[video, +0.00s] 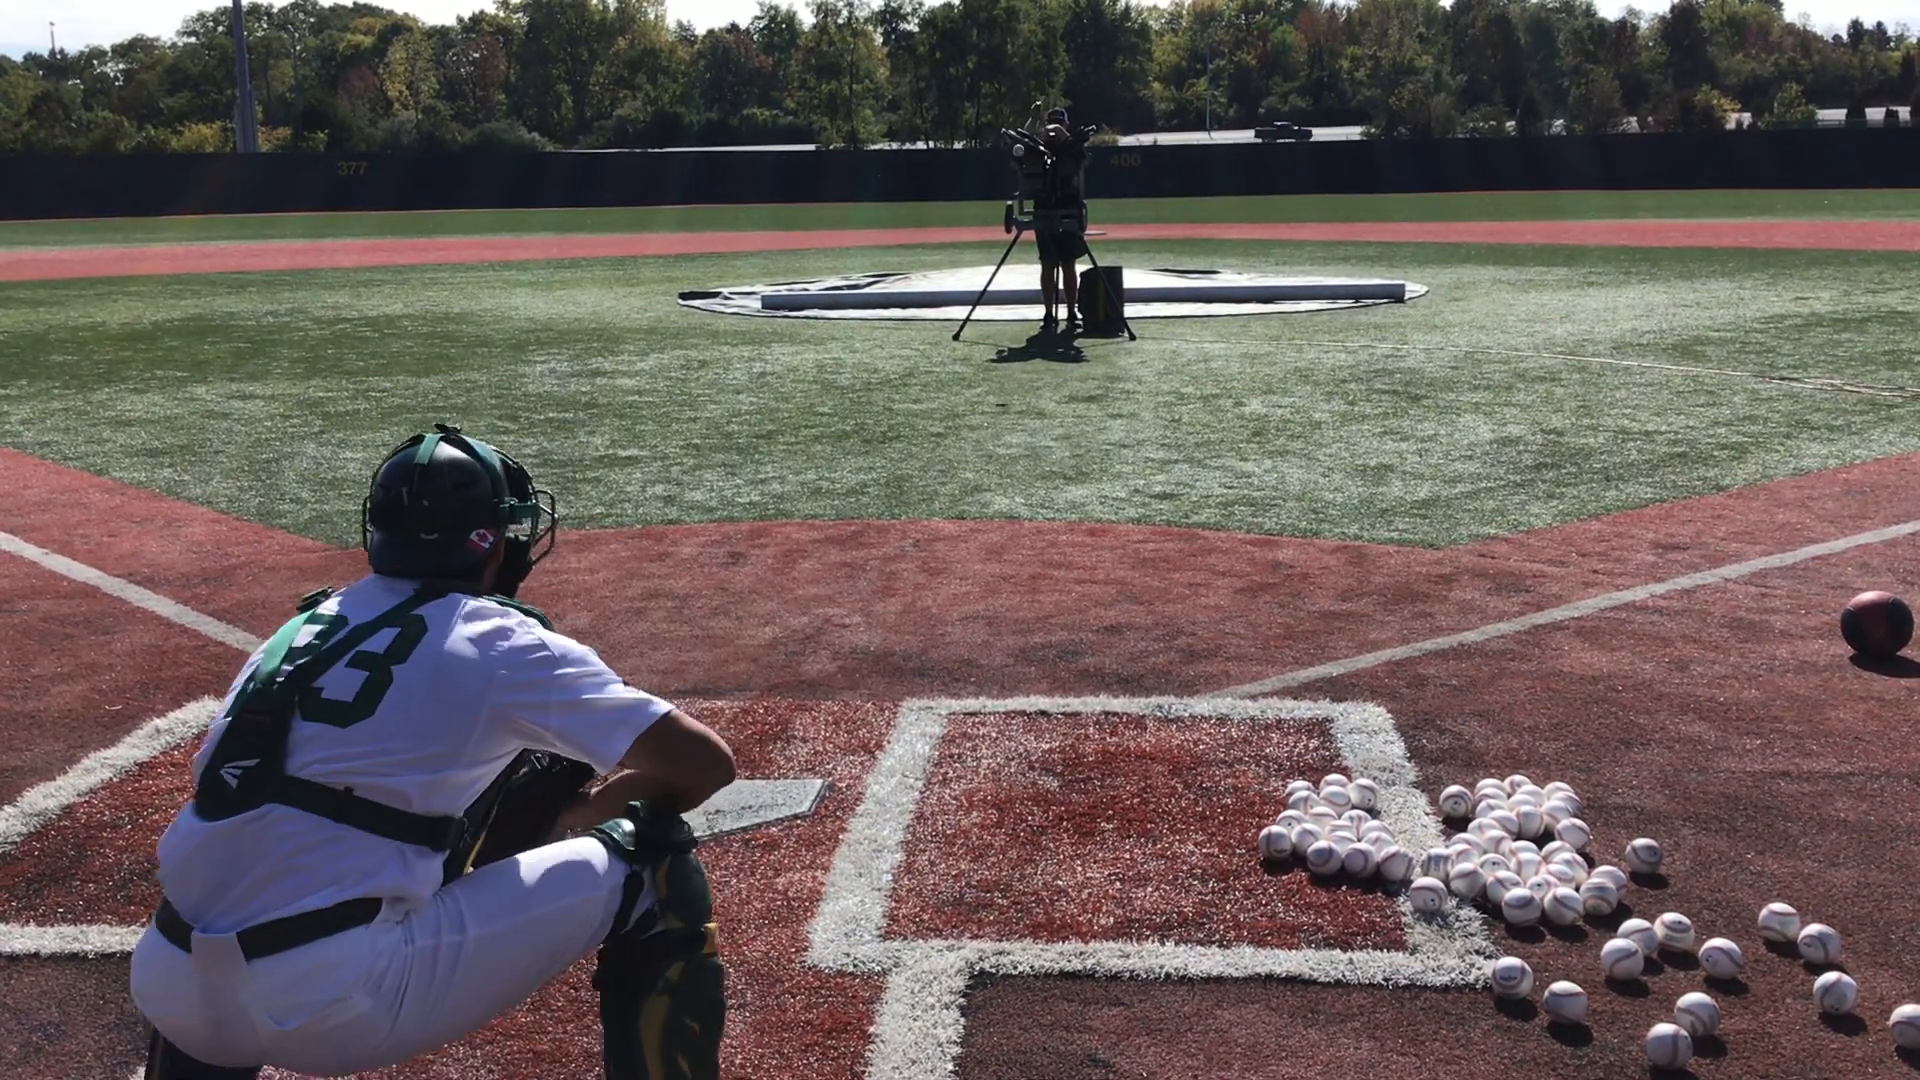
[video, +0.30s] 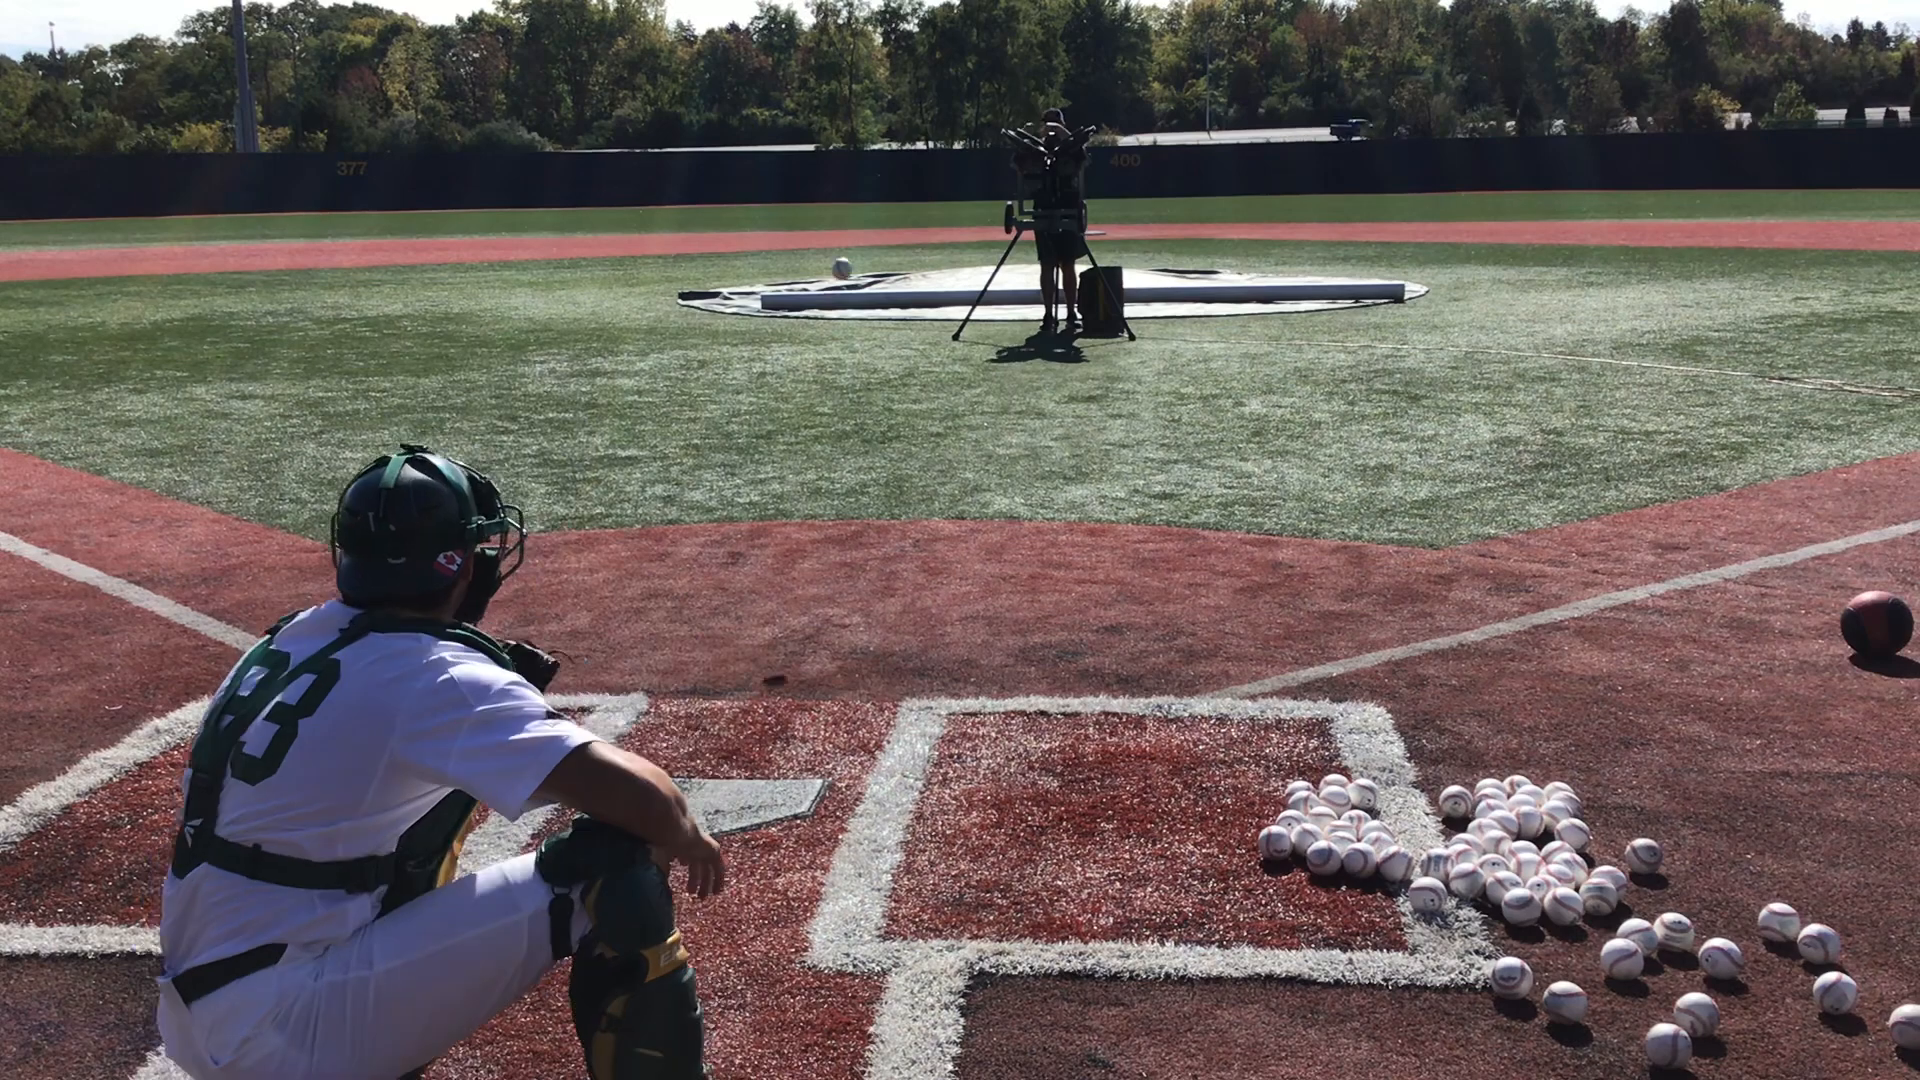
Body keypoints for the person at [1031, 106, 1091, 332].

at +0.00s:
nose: (1054, 131)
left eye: (1059, 126)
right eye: (1051, 126)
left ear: (1067, 127)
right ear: (1045, 128)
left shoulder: (1074, 146)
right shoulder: (1040, 147)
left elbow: (1080, 160)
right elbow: (1024, 143)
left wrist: (1064, 136)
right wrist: (1034, 119)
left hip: (1069, 212)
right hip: (1044, 213)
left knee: (1069, 267)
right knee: (1048, 267)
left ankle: (1071, 314)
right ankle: (1049, 315)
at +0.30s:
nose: (1051, 132)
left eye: (1055, 128)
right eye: (1048, 127)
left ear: (1063, 128)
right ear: (1042, 129)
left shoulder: (1071, 148)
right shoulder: (1036, 150)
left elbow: (1082, 160)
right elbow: (1023, 166)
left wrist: (1066, 136)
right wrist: (1037, 142)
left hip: (1069, 213)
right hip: (1044, 214)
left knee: (1068, 267)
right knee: (1047, 268)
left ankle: (1071, 313)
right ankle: (1048, 314)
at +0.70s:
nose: (1050, 131)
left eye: (1054, 127)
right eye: (1046, 127)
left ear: (1061, 129)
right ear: (1041, 130)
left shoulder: (1071, 149)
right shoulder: (1034, 151)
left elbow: (1080, 166)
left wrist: (1073, 145)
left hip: (1070, 215)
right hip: (1044, 217)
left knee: (1072, 268)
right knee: (1047, 269)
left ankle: (1072, 314)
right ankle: (1048, 315)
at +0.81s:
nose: (1054, 134)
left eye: (1059, 130)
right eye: (1051, 129)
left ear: (1067, 132)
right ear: (1046, 131)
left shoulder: (1076, 151)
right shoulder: (1037, 152)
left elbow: (1086, 177)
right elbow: (1025, 185)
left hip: (1073, 215)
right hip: (1045, 216)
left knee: (1078, 268)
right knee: (1047, 268)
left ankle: (1077, 316)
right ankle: (1048, 315)